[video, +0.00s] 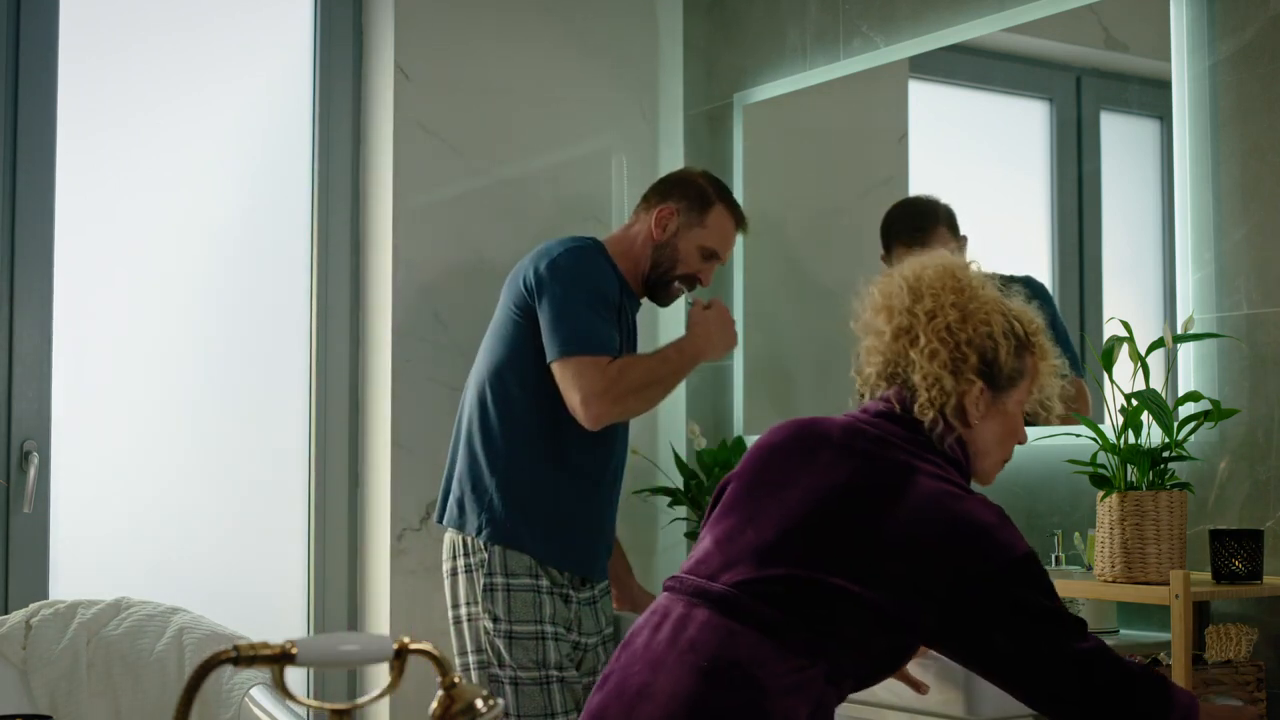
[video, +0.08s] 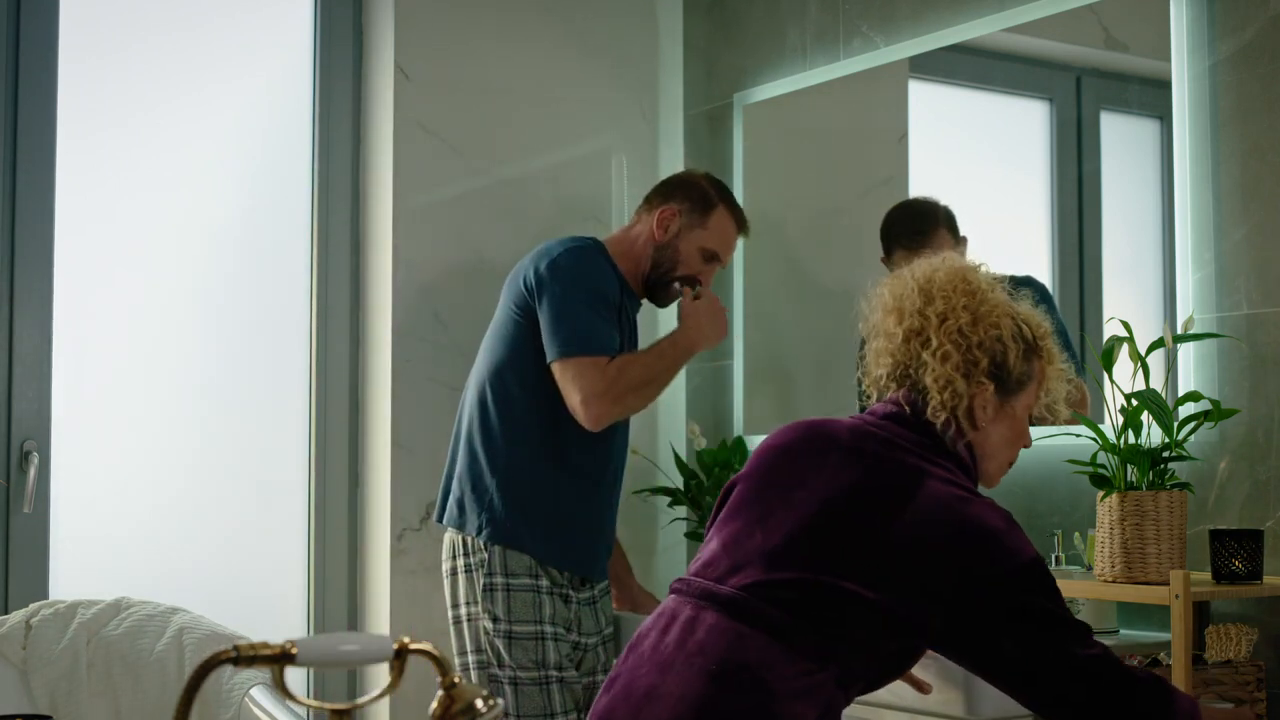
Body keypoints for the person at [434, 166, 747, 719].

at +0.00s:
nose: (707, 278)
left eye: (717, 265)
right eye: (707, 255)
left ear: (662, 224)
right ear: (663, 222)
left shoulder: (621, 312)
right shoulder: (573, 266)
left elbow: (577, 474)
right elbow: (595, 399)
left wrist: (630, 594)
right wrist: (695, 347)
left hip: (579, 569)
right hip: (510, 560)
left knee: (602, 711)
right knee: (536, 712)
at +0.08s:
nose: (707, 278)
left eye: (718, 266)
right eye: (708, 257)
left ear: (664, 224)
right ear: (664, 222)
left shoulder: (622, 315)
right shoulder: (573, 266)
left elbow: (577, 474)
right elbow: (595, 400)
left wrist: (629, 593)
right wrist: (690, 338)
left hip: (579, 568)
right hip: (510, 560)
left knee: (598, 711)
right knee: (534, 712)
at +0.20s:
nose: (707, 278)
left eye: (718, 264)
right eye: (708, 255)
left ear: (663, 223)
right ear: (664, 221)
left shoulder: (622, 311)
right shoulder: (574, 266)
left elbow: (577, 471)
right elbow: (595, 400)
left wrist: (627, 591)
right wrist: (697, 350)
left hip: (577, 569)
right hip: (511, 561)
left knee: (593, 711)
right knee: (535, 712)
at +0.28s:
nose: (708, 278)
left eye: (719, 266)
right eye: (709, 256)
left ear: (665, 224)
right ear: (665, 221)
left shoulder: (623, 312)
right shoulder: (575, 266)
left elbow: (578, 473)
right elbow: (595, 401)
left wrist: (629, 592)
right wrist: (689, 342)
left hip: (579, 570)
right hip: (512, 561)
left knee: (594, 712)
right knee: (535, 712)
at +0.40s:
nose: (709, 278)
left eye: (719, 264)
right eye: (709, 254)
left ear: (664, 223)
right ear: (665, 221)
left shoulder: (624, 312)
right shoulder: (575, 266)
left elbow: (578, 471)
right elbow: (597, 401)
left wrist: (629, 592)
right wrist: (699, 351)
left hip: (578, 569)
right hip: (512, 561)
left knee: (595, 711)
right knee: (536, 712)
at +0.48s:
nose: (709, 278)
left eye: (720, 264)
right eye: (710, 255)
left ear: (665, 224)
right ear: (666, 221)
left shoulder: (624, 311)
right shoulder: (577, 267)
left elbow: (578, 472)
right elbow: (596, 403)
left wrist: (629, 592)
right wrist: (692, 344)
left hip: (578, 568)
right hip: (511, 560)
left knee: (599, 711)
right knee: (536, 712)